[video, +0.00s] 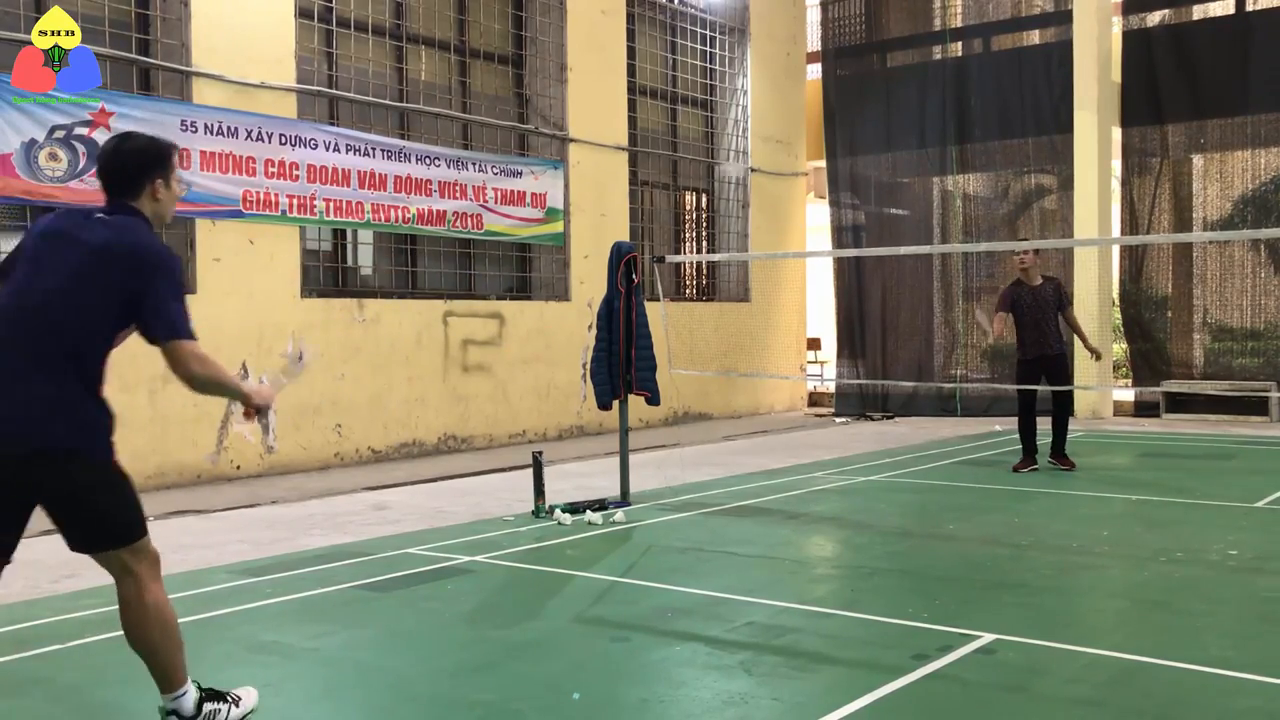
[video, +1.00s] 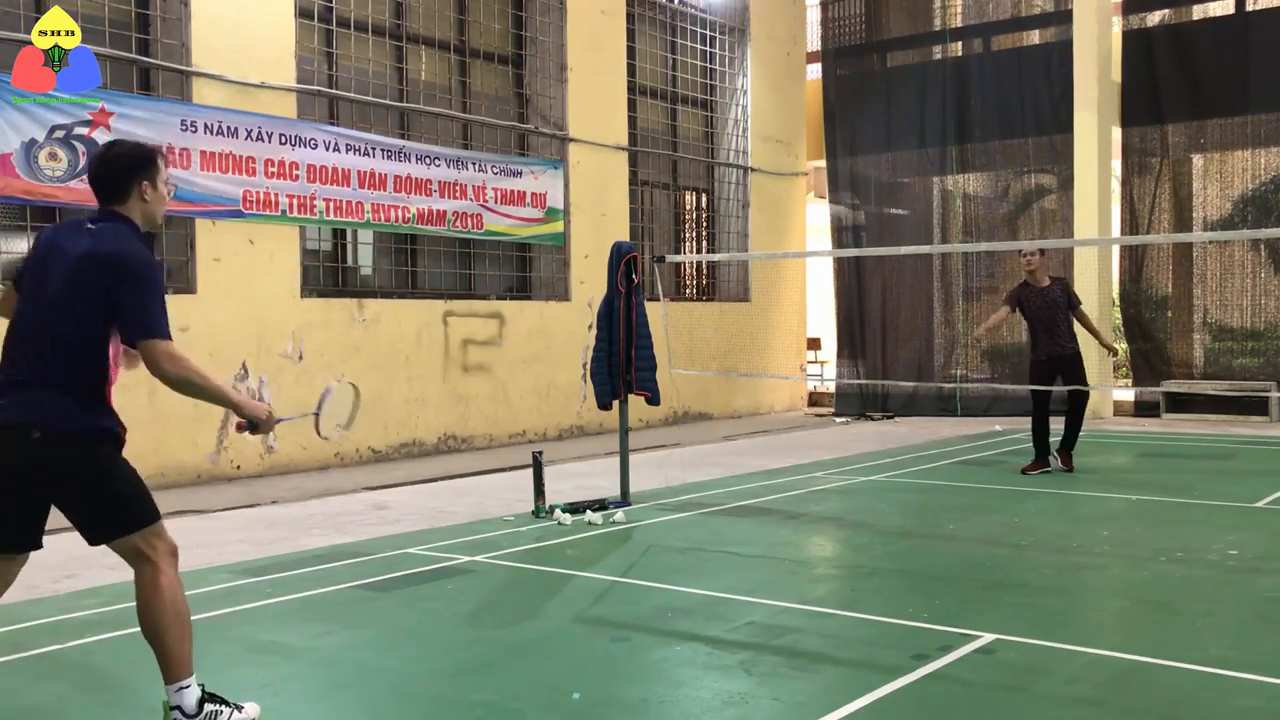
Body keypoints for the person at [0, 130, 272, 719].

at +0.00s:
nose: (178, 193)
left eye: (176, 181)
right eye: (174, 182)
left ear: (111, 184)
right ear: (154, 187)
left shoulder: (52, 224)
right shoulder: (148, 254)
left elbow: (7, 290)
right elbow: (191, 365)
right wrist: (244, 391)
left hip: (6, 423)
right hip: (63, 431)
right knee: (136, 567)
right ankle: (182, 702)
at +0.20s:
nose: (217, 160)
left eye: (216, 148)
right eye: (214, 150)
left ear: (147, 155)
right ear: (199, 157)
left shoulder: (90, 207)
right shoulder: (213, 239)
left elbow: (9, 271)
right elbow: (294, 311)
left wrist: (9, 348)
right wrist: (319, 310)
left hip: (44, 409)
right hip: (130, 424)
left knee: (38, 549)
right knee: (177, 553)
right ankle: (192, 701)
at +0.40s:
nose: (237, 150)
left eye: (232, 141)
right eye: (235, 142)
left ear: (167, 146)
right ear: (226, 149)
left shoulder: (116, 195)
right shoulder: (248, 218)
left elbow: (13, 243)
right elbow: (358, 226)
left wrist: (9, 287)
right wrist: (451, 232)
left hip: (54, 393)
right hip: (136, 406)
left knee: (16, 533)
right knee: (181, 546)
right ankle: (193, 696)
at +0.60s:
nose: (226, 152)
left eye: (224, 139)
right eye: (222, 140)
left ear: (157, 149)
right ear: (203, 148)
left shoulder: (110, 199)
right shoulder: (210, 224)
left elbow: (22, 251)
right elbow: (297, 287)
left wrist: (45, 289)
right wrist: (392, 305)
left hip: (55, 399)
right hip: (130, 415)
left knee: (9, 537)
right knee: (179, 546)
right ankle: (190, 697)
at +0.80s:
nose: (193, 191)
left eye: (191, 179)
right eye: (188, 180)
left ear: (133, 187)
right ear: (165, 186)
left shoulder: (84, 233)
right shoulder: (149, 255)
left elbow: (49, 323)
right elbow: (200, 356)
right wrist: (286, 392)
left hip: (17, 428)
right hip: (84, 437)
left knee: (7, 562)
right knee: (178, 550)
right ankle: (189, 701)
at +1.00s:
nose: (167, 197)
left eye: (165, 184)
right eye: (163, 185)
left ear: (108, 191)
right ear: (141, 190)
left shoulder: (54, 237)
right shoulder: (132, 256)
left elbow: (8, 301)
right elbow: (164, 363)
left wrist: (68, 333)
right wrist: (239, 402)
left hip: (9, 430)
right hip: (72, 436)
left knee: (3, 568)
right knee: (155, 553)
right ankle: (186, 701)